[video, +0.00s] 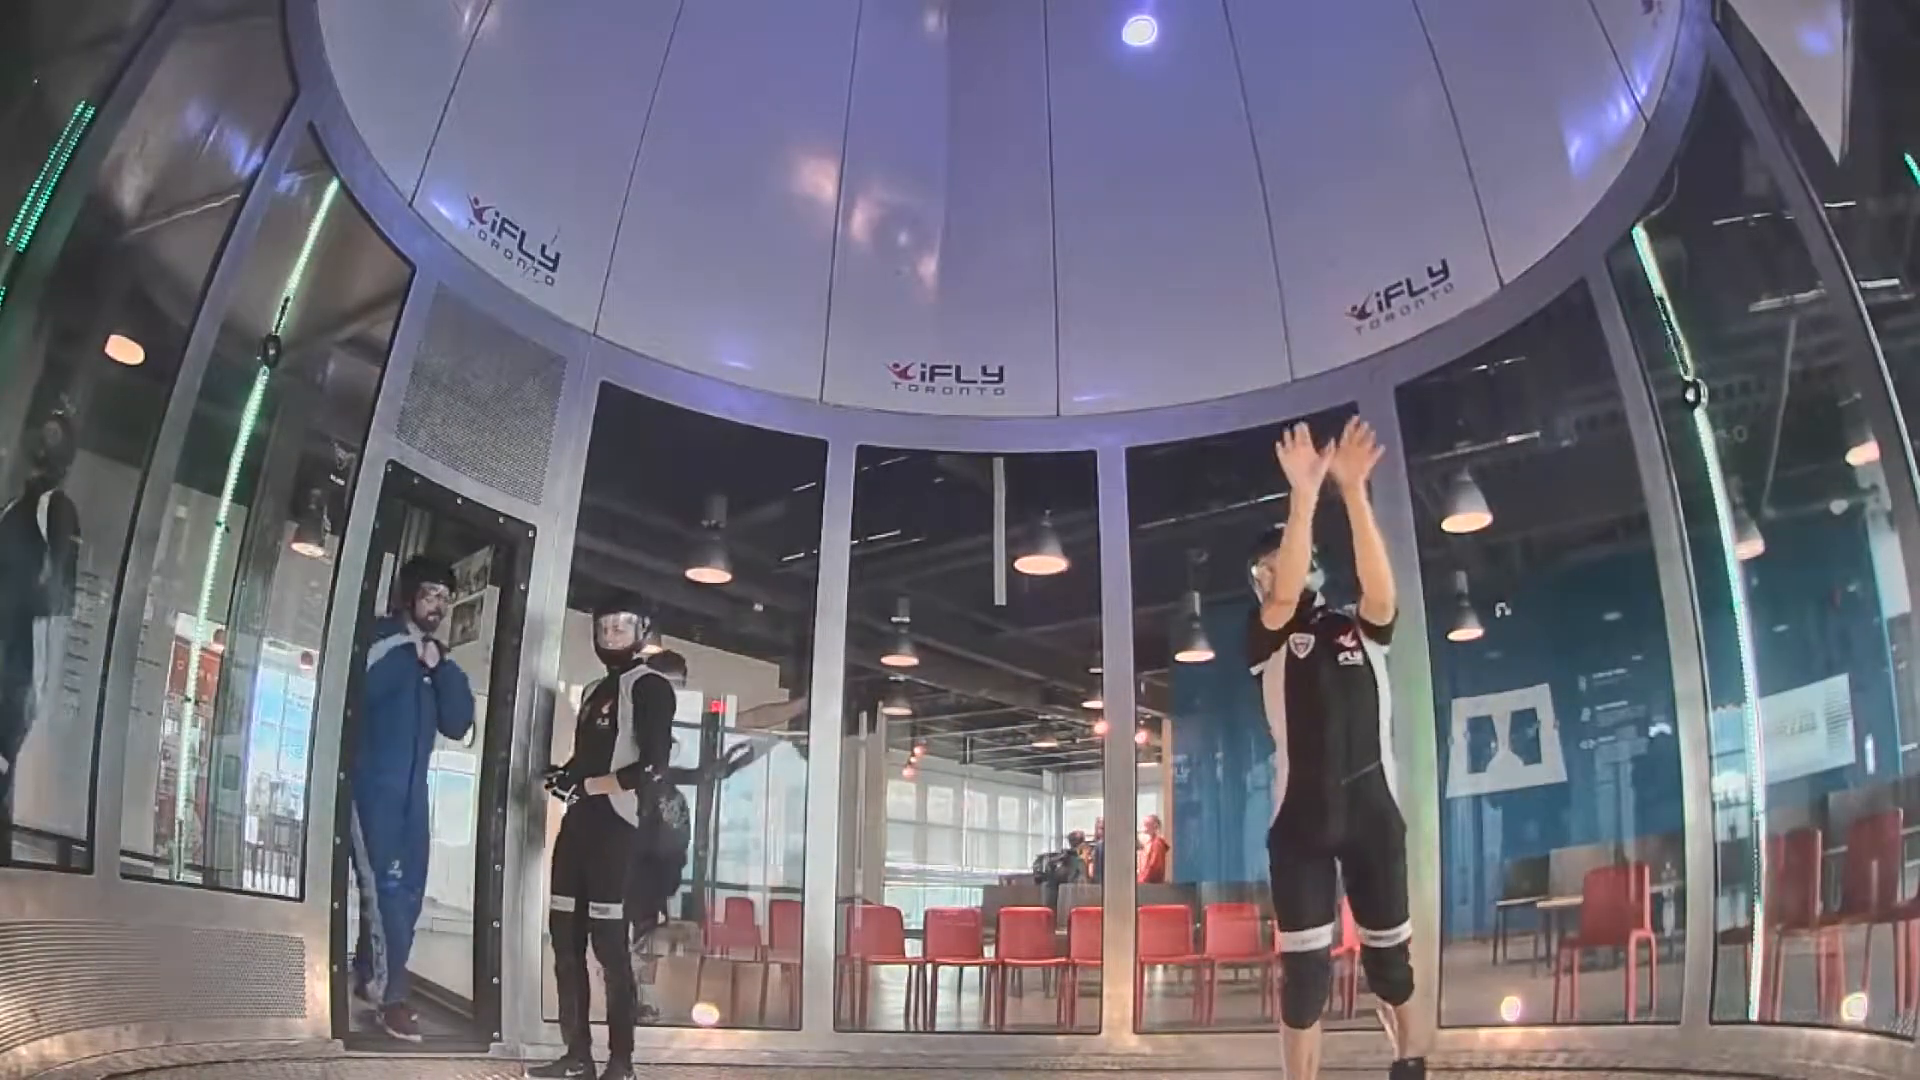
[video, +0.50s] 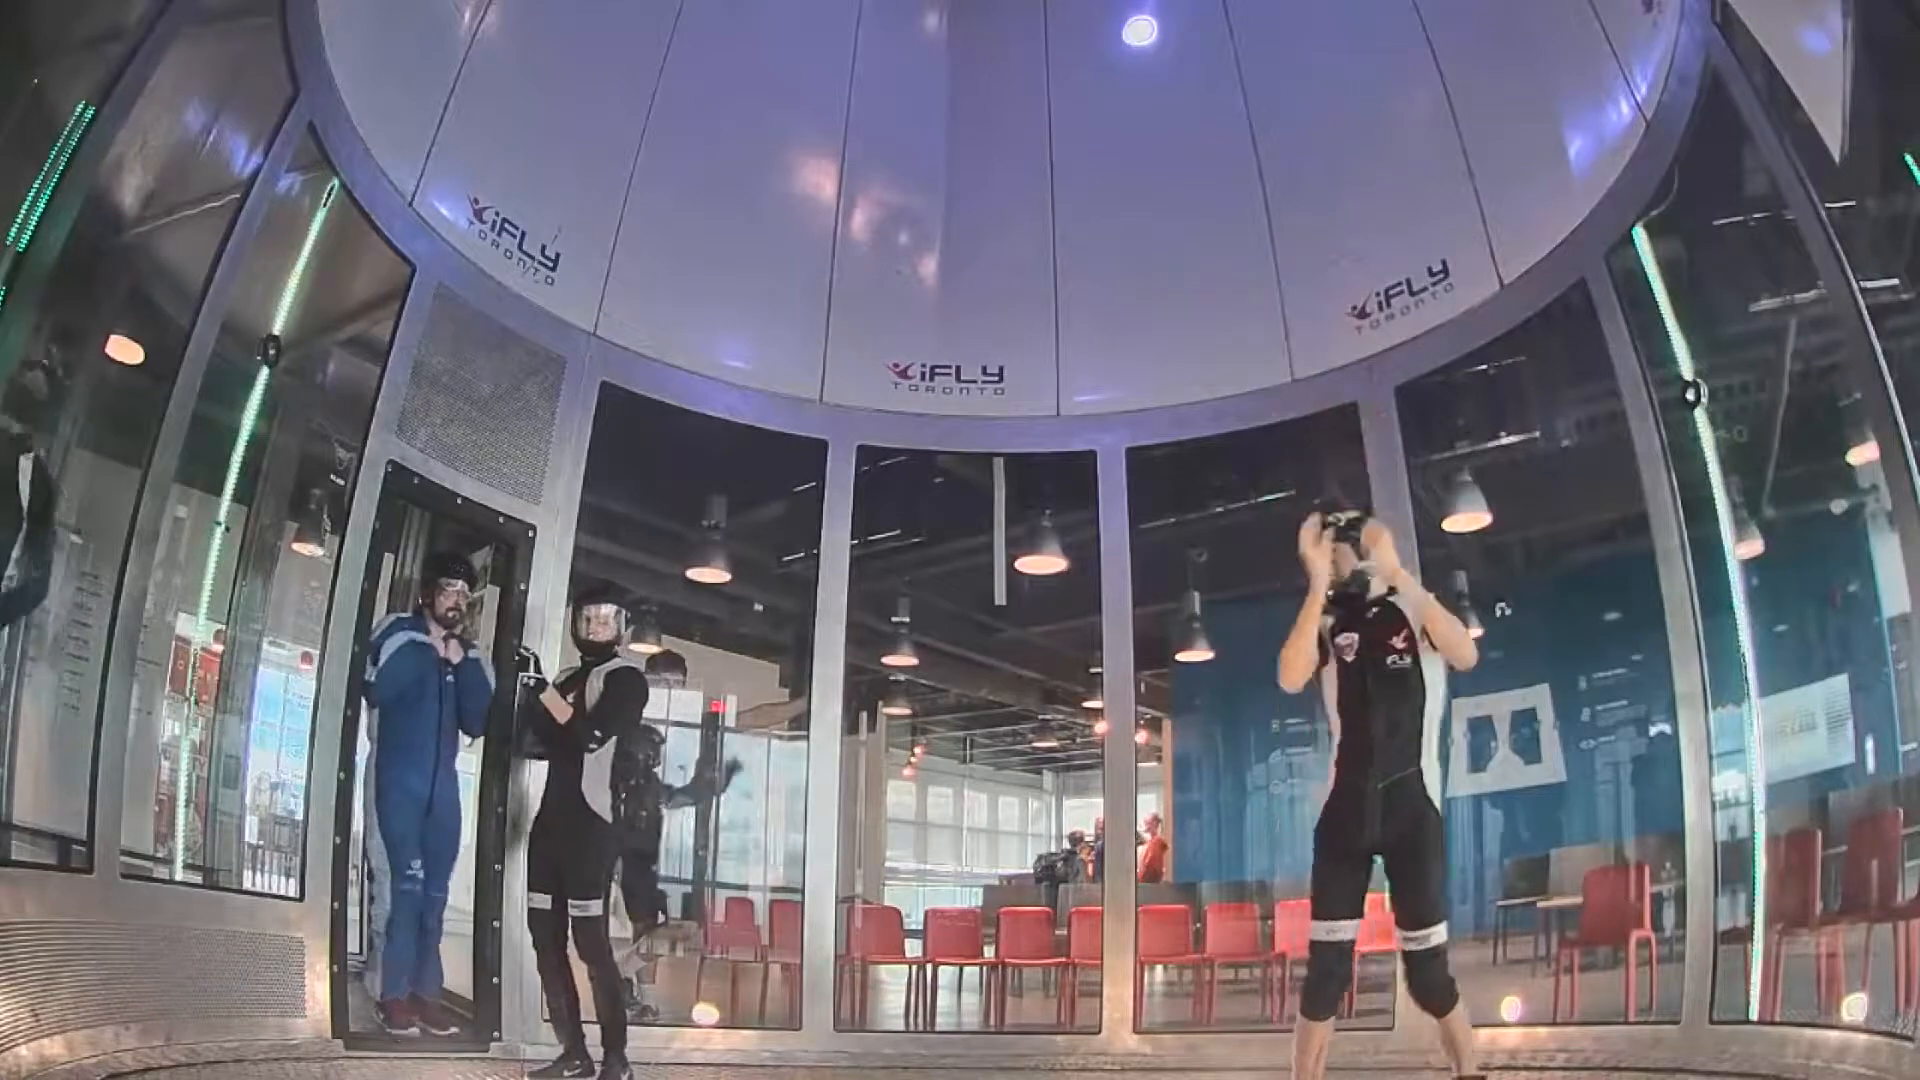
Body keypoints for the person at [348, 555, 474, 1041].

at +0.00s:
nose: (436, 606)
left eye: (443, 600)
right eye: (428, 596)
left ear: (447, 607)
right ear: (406, 597)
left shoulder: (438, 660)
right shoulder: (376, 639)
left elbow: (457, 725)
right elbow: (360, 693)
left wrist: (440, 665)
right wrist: (407, 647)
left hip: (415, 785)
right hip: (372, 780)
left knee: (410, 888)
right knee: (386, 883)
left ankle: (364, 972)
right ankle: (395, 999)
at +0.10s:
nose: (442, 600)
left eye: (449, 593)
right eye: (434, 590)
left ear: (454, 602)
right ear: (413, 593)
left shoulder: (449, 653)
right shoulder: (385, 634)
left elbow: (464, 724)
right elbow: (361, 690)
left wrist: (448, 664)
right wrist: (408, 644)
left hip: (424, 780)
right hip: (380, 776)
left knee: (431, 887)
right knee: (393, 884)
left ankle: (387, 980)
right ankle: (394, 1001)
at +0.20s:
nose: (444, 600)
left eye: (451, 594)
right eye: (436, 590)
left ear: (455, 602)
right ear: (414, 592)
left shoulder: (447, 651)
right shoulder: (386, 633)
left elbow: (465, 723)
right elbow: (365, 689)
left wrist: (450, 661)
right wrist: (412, 643)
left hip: (425, 780)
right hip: (381, 777)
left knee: (434, 888)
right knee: (395, 886)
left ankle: (390, 979)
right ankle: (393, 1002)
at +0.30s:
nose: (450, 599)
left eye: (458, 592)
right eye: (443, 588)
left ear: (462, 600)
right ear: (422, 591)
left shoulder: (454, 649)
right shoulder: (398, 633)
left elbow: (477, 720)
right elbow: (375, 690)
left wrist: (456, 663)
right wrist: (419, 643)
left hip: (435, 780)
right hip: (391, 777)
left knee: (435, 891)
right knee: (405, 890)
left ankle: (423, 998)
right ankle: (395, 1003)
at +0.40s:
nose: (452, 601)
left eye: (460, 594)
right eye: (445, 590)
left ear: (464, 602)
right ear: (425, 591)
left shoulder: (459, 651)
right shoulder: (397, 632)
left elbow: (475, 723)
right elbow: (379, 691)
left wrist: (458, 663)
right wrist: (424, 647)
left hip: (438, 784)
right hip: (393, 781)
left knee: (435, 894)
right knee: (405, 892)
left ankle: (425, 998)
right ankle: (396, 1003)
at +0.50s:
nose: (454, 601)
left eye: (462, 595)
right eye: (447, 591)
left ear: (468, 603)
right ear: (427, 593)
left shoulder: (468, 650)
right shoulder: (399, 632)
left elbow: (476, 722)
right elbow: (379, 691)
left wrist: (462, 662)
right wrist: (426, 647)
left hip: (444, 781)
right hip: (399, 777)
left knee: (436, 890)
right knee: (409, 884)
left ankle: (425, 996)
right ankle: (394, 997)